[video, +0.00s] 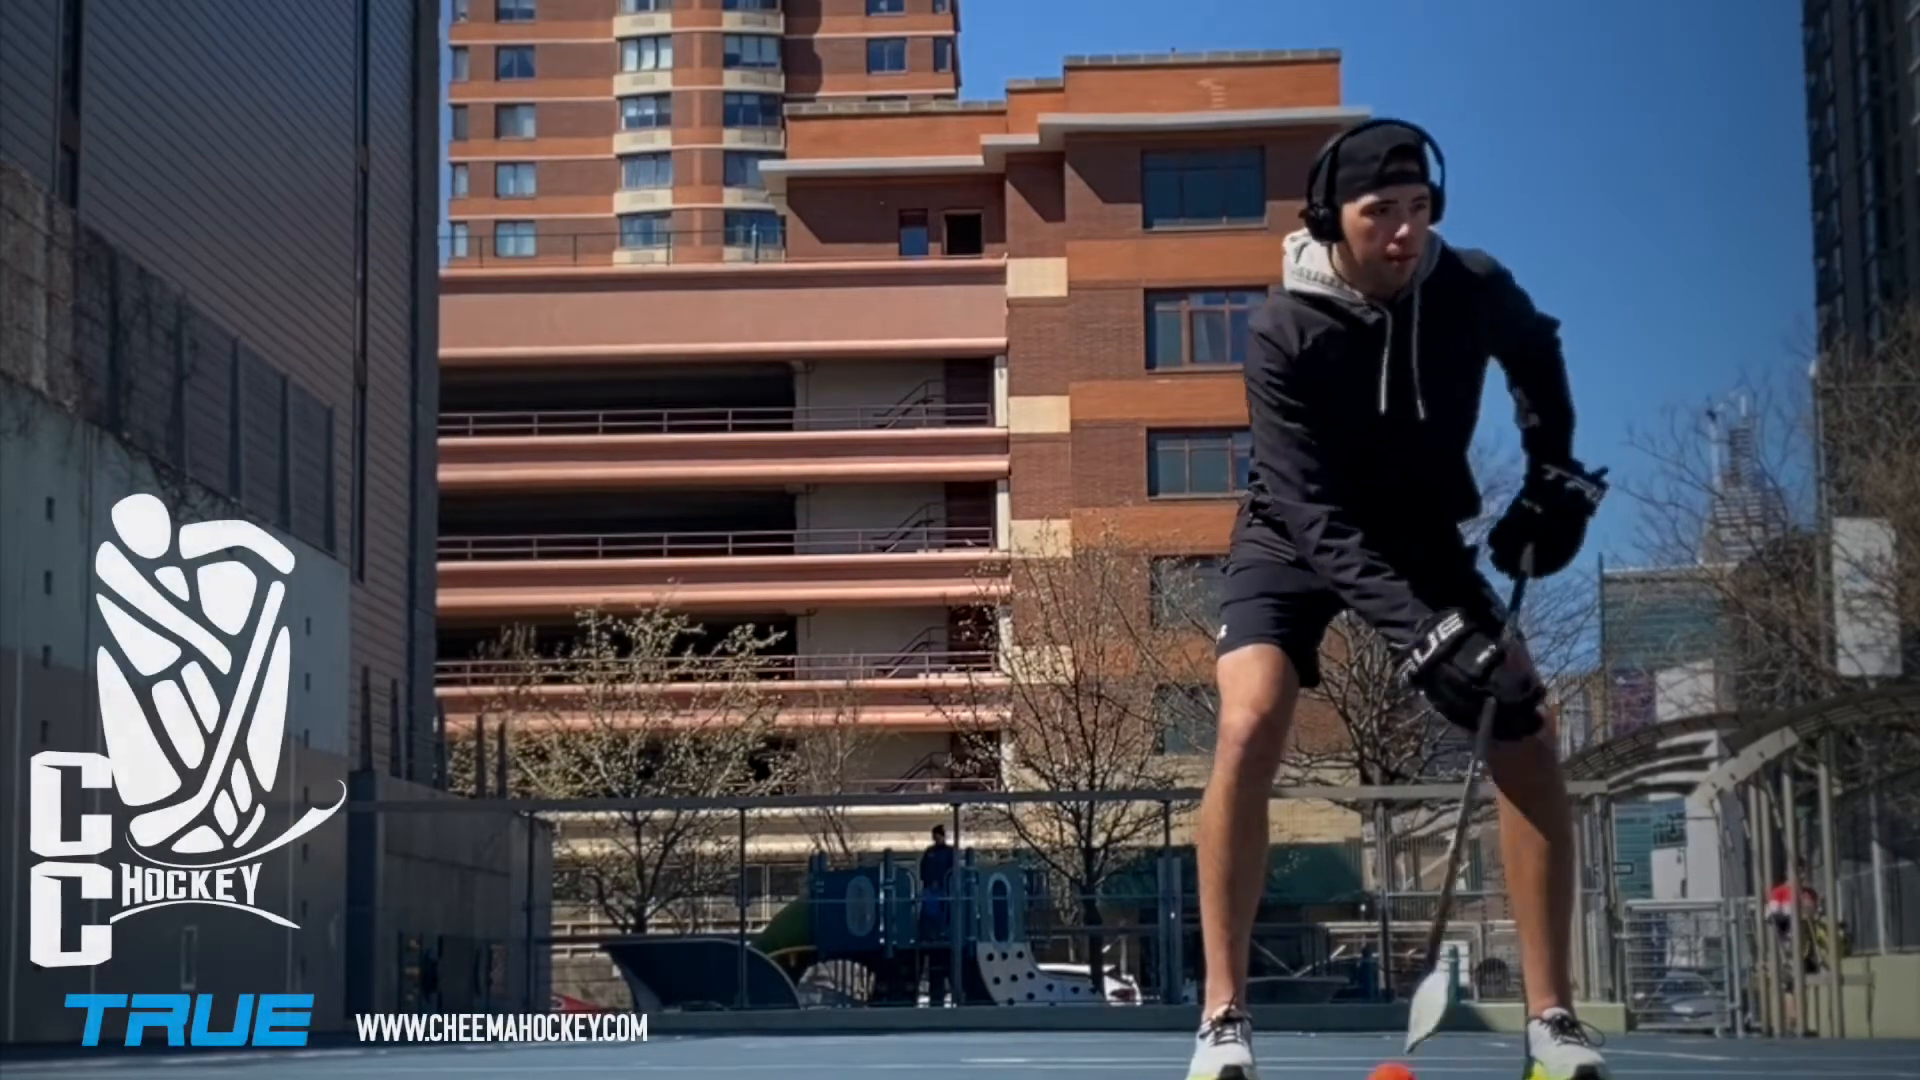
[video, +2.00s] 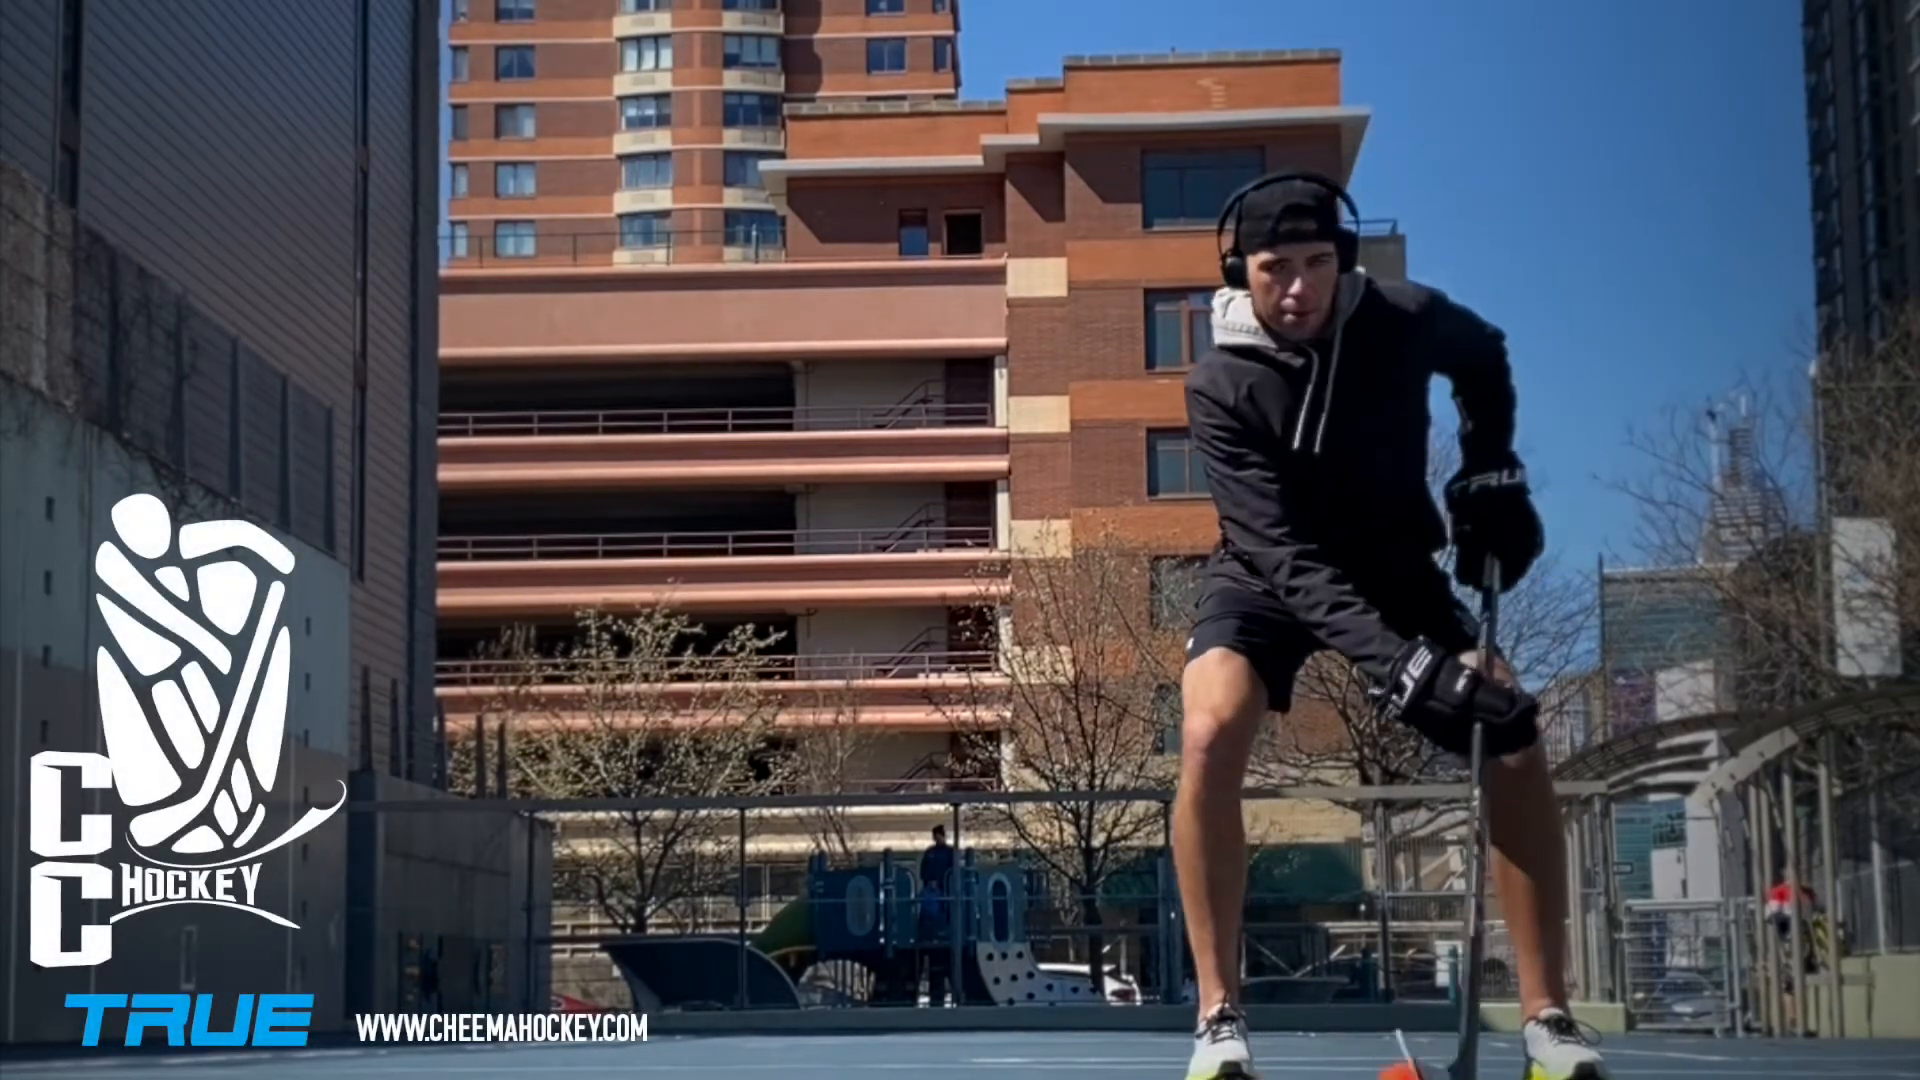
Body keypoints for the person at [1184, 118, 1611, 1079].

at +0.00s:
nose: (1404, 229)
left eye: (1419, 208)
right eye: (1380, 211)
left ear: (1436, 211)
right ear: (1332, 219)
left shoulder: (1471, 287)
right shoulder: (1286, 328)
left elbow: (1534, 354)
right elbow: (1309, 515)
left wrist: (1551, 472)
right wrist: (1425, 632)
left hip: (1425, 534)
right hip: (1295, 535)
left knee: (1528, 744)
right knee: (1249, 727)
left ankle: (1552, 1018)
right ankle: (1223, 1016)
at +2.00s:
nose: (1296, 291)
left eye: (1313, 268)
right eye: (1274, 271)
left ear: (1343, 265)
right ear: (1241, 275)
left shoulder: (1403, 319)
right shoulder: (1225, 386)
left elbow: (1481, 357)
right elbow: (1280, 559)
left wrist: (1489, 473)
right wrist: (1407, 668)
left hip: (1395, 566)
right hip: (1266, 573)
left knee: (1509, 723)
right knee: (1210, 730)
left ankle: (1546, 1013)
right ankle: (1217, 1015)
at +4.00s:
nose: (1372, 253)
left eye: (1393, 230)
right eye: (1352, 232)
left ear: (1427, 230)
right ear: (1320, 235)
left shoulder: (1471, 280)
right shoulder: (1300, 350)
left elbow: (1532, 333)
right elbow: (1372, 523)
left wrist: (1573, 442)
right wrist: (1520, 640)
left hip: (1435, 533)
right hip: (1309, 536)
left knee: (1543, 745)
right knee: (1266, 727)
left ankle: (1556, 1019)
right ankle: (1224, 1014)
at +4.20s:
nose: (1397, 244)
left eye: (1418, 224)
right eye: (1379, 223)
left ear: (1453, 225)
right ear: (1351, 224)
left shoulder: (1499, 297)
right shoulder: (1309, 332)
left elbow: (1566, 374)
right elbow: (1313, 513)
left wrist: (1585, 482)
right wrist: (1385, 640)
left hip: (1440, 541)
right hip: (1311, 541)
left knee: (1544, 723)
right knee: (1266, 727)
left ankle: (1555, 1016)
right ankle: (1223, 1008)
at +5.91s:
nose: (1347, 259)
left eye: (1364, 237)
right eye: (1325, 240)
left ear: (1388, 237)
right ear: (1286, 243)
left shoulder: (1437, 294)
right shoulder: (1256, 352)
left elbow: (1506, 337)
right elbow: (1294, 534)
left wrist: (1514, 456)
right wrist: (1428, 640)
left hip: (1406, 541)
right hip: (1277, 544)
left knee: (1522, 736)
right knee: (1236, 724)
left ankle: (1550, 1016)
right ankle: (1220, 1014)